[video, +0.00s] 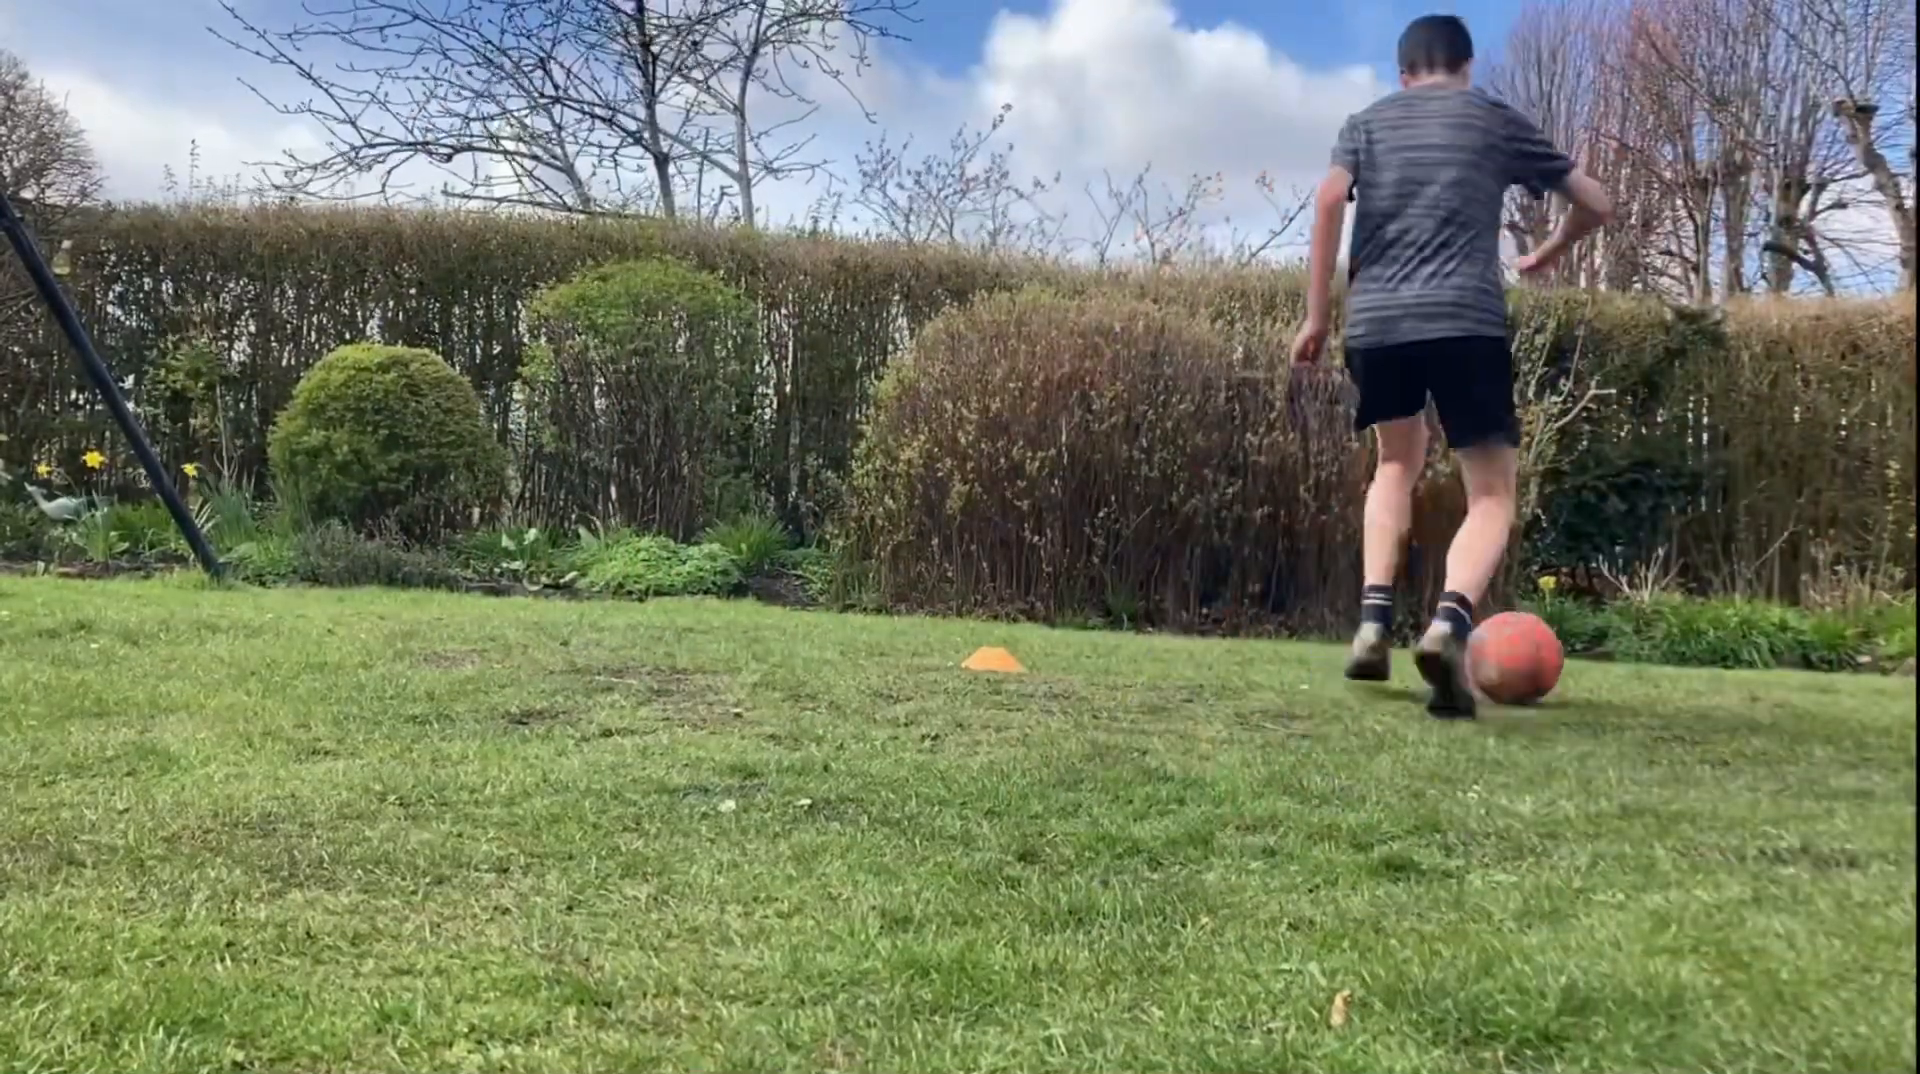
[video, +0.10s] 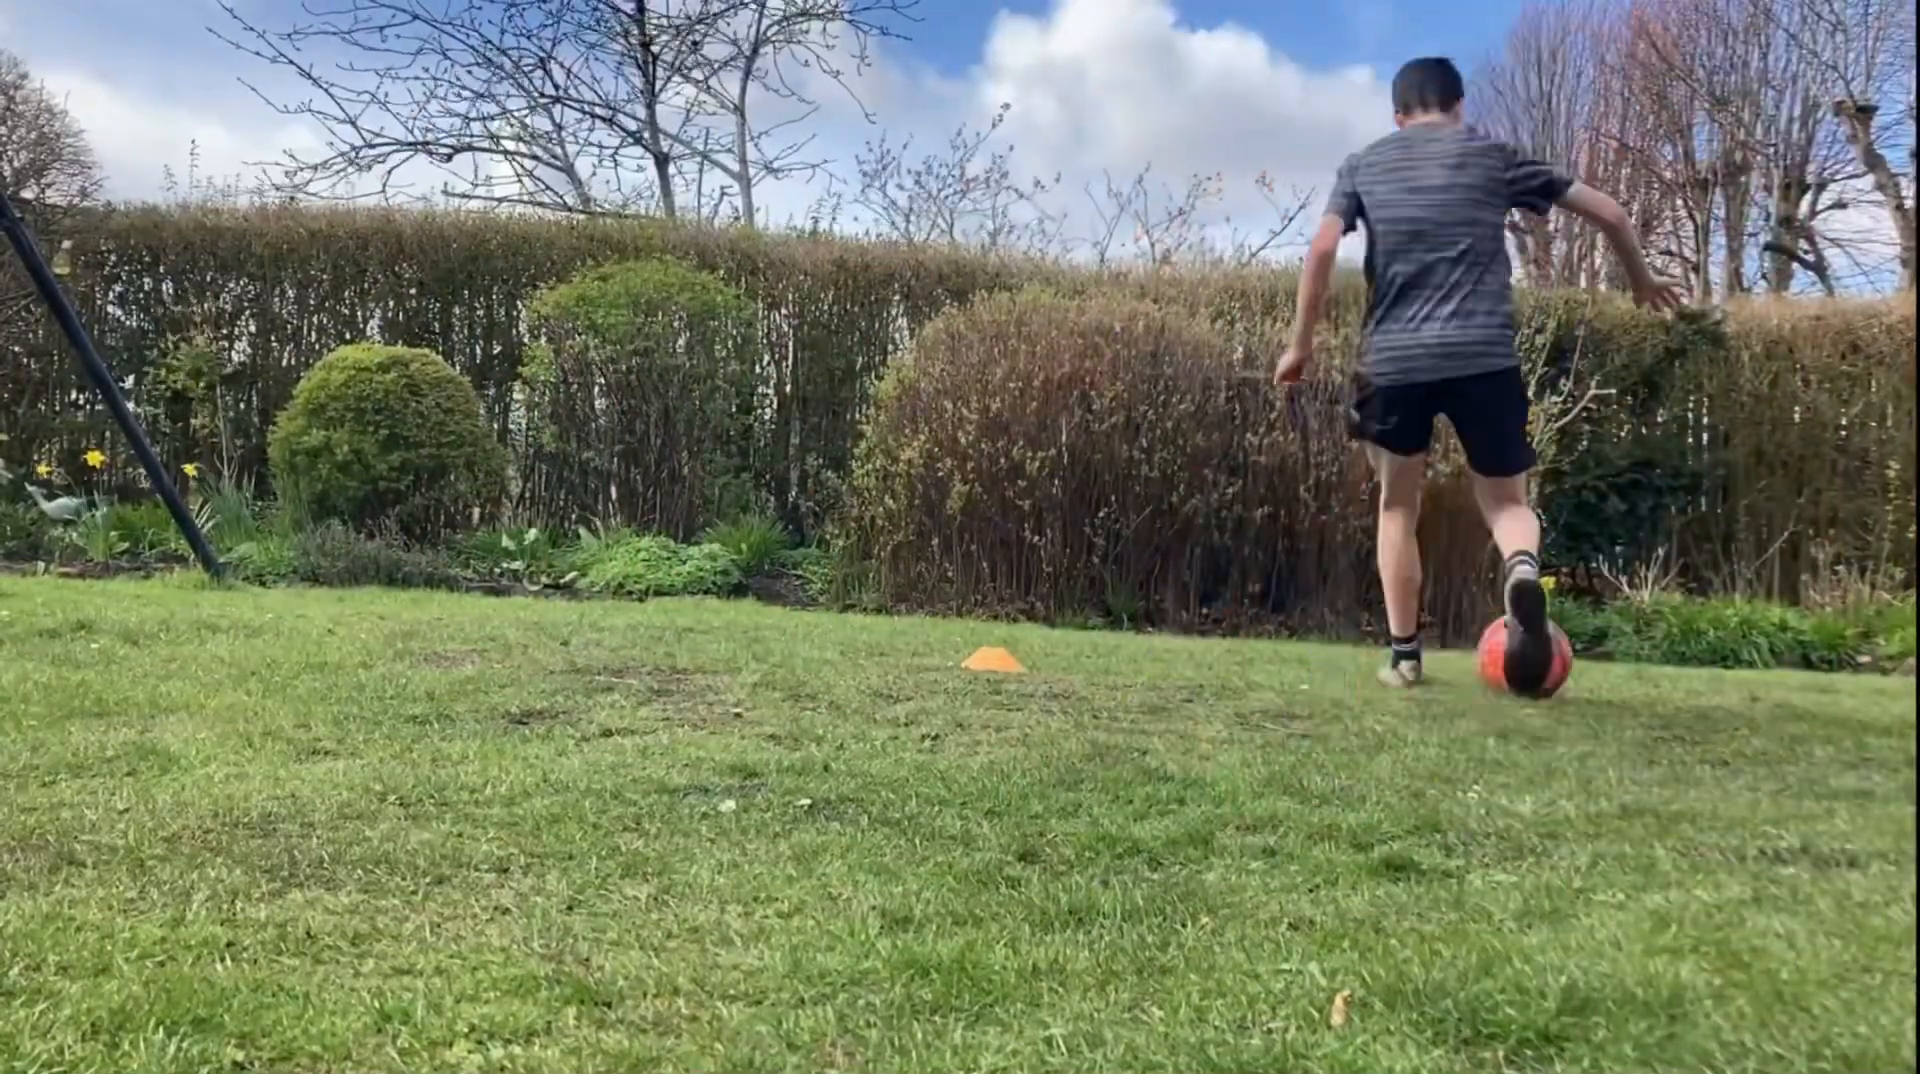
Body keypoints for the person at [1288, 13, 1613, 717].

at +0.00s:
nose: (1465, 82)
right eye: (1468, 71)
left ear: (1403, 69)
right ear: (1466, 67)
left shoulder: (1367, 122)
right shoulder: (1493, 118)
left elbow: (1328, 199)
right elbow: (1594, 204)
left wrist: (1315, 315)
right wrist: (1549, 251)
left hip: (1376, 326)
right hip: (1468, 323)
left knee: (1394, 463)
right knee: (1491, 494)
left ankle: (1373, 618)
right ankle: (1448, 623)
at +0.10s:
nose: (1453, 120)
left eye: (1402, 115)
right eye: (1457, 110)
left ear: (1397, 114)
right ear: (1460, 107)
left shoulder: (1364, 164)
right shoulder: (1495, 157)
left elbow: (1321, 249)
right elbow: (1612, 214)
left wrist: (1300, 344)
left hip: (1395, 365)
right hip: (1483, 358)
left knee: (1398, 503)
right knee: (1506, 497)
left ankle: (1404, 656)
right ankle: (1523, 570)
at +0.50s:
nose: (1399, 236)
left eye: (1392, 221)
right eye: (1390, 227)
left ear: (1411, 197)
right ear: (1440, 192)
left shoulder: (1437, 243)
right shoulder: (1519, 228)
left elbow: (1477, 335)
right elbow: (1599, 299)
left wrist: (1437, 381)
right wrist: (1634, 399)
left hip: (1523, 407)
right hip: (1580, 408)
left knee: (1416, 491)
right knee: (1508, 535)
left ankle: (1430, 653)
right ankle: (1595, 661)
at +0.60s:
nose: (1401, 234)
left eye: (1398, 218)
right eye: (1393, 225)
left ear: (1429, 194)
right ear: (1434, 197)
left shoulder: (1474, 239)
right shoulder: (1500, 231)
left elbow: (1540, 313)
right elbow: (1565, 329)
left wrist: (1480, 391)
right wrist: (1587, 428)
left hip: (1553, 411)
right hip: (1578, 411)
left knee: (1421, 490)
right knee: (1499, 536)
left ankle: (1431, 647)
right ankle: (1591, 659)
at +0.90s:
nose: (1439, 177)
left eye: (1451, 162)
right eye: (1431, 166)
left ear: (1485, 158)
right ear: (1426, 173)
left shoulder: (1533, 220)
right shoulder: (1466, 249)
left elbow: (1626, 288)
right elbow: (1496, 333)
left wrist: (1557, 370)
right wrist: (1421, 399)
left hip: (1591, 386)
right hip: (1544, 395)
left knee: (1486, 464)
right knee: (1481, 539)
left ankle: (1534, 643)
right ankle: (1535, 656)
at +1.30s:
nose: (1561, 18)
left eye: (1578, 4)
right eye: (1548, 4)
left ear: (1603, 13)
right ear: (1532, 14)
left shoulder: (1646, 99)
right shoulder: (1508, 120)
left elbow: (1720, 206)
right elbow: (1489, 227)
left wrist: (1617, 230)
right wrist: (1433, 325)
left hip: (1623, 340)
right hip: (1529, 333)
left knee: (1573, 521)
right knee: (1515, 488)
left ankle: (1563, 654)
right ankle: (1529, 630)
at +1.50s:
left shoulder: (1688, 18)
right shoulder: (1522, 44)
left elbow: (1754, 133)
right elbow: (1475, 179)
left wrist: (1672, 187)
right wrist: (1433, 301)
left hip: (1676, 290)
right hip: (1562, 291)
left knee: (1636, 514)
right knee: (1577, 498)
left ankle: (1642, 610)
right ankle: (1608, 691)